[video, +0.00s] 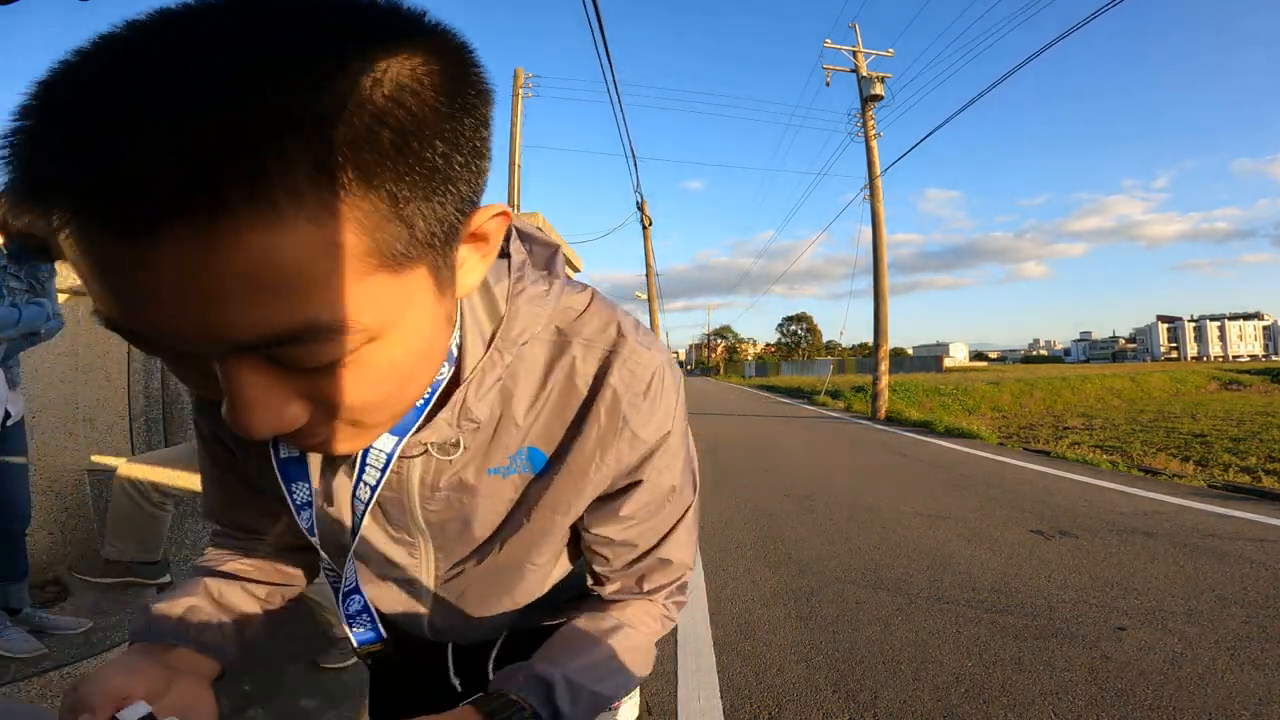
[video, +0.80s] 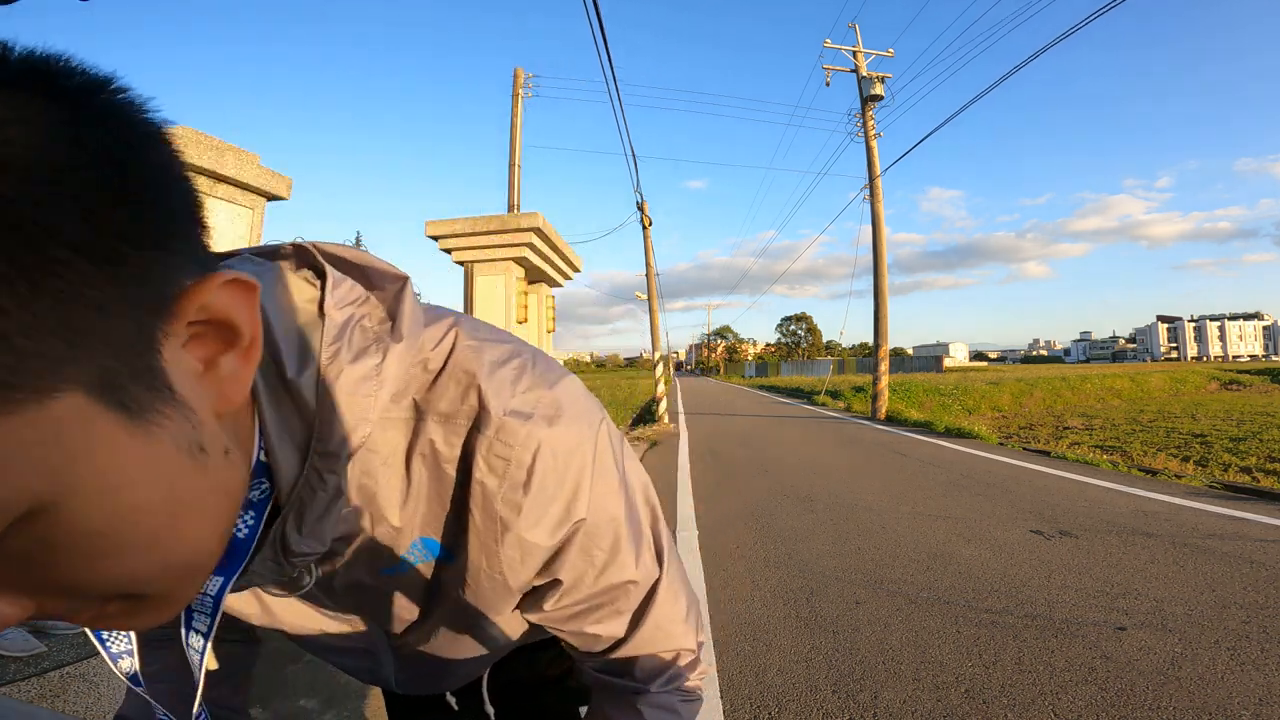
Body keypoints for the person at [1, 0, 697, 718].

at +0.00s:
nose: (250, 420)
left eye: (307, 354)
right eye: (189, 361)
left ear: (471, 254)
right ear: (141, 312)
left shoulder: (616, 377)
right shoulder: (228, 385)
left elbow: (639, 590)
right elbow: (252, 559)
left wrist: (532, 700)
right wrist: (172, 650)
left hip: (550, 636)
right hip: (395, 642)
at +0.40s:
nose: (281, 514)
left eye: (353, 417)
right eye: (170, 439)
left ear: (531, 285)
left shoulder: (673, 424)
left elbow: (680, 636)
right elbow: (252, 617)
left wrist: (639, 706)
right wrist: (244, 708)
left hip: (584, 651)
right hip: (422, 651)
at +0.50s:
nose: (229, 567)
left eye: (298, 458)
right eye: (118, 501)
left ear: (485, 301)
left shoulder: (654, 434)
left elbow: (687, 640)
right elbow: (213, 642)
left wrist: (652, 704)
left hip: (582, 639)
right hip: (424, 647)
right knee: (442, 703)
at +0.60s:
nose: (148, 591)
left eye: (202, 496)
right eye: (56, 535)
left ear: (408, 320)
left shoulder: (618, 434)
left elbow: (679, 650)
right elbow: (180, 648)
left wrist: (637, 712)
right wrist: (171, 716)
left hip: (573, 643)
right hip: (419, 649)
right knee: (439, 704)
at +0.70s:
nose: (42, 611)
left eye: (100, 522)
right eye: (5, 533)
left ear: (314, 336)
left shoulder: (576, 441)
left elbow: (666, 666)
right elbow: (176, 671)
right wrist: (165, 712)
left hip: (558, 646)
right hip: (407, 656)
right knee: (433, 693)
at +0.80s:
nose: (11, 610)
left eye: (28, 529)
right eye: (5, 551)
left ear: (215, 350)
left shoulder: (520, 443)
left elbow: (660, 674)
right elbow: (173, 681)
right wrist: (168, 710)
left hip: (547, 637)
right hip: (398, 651)